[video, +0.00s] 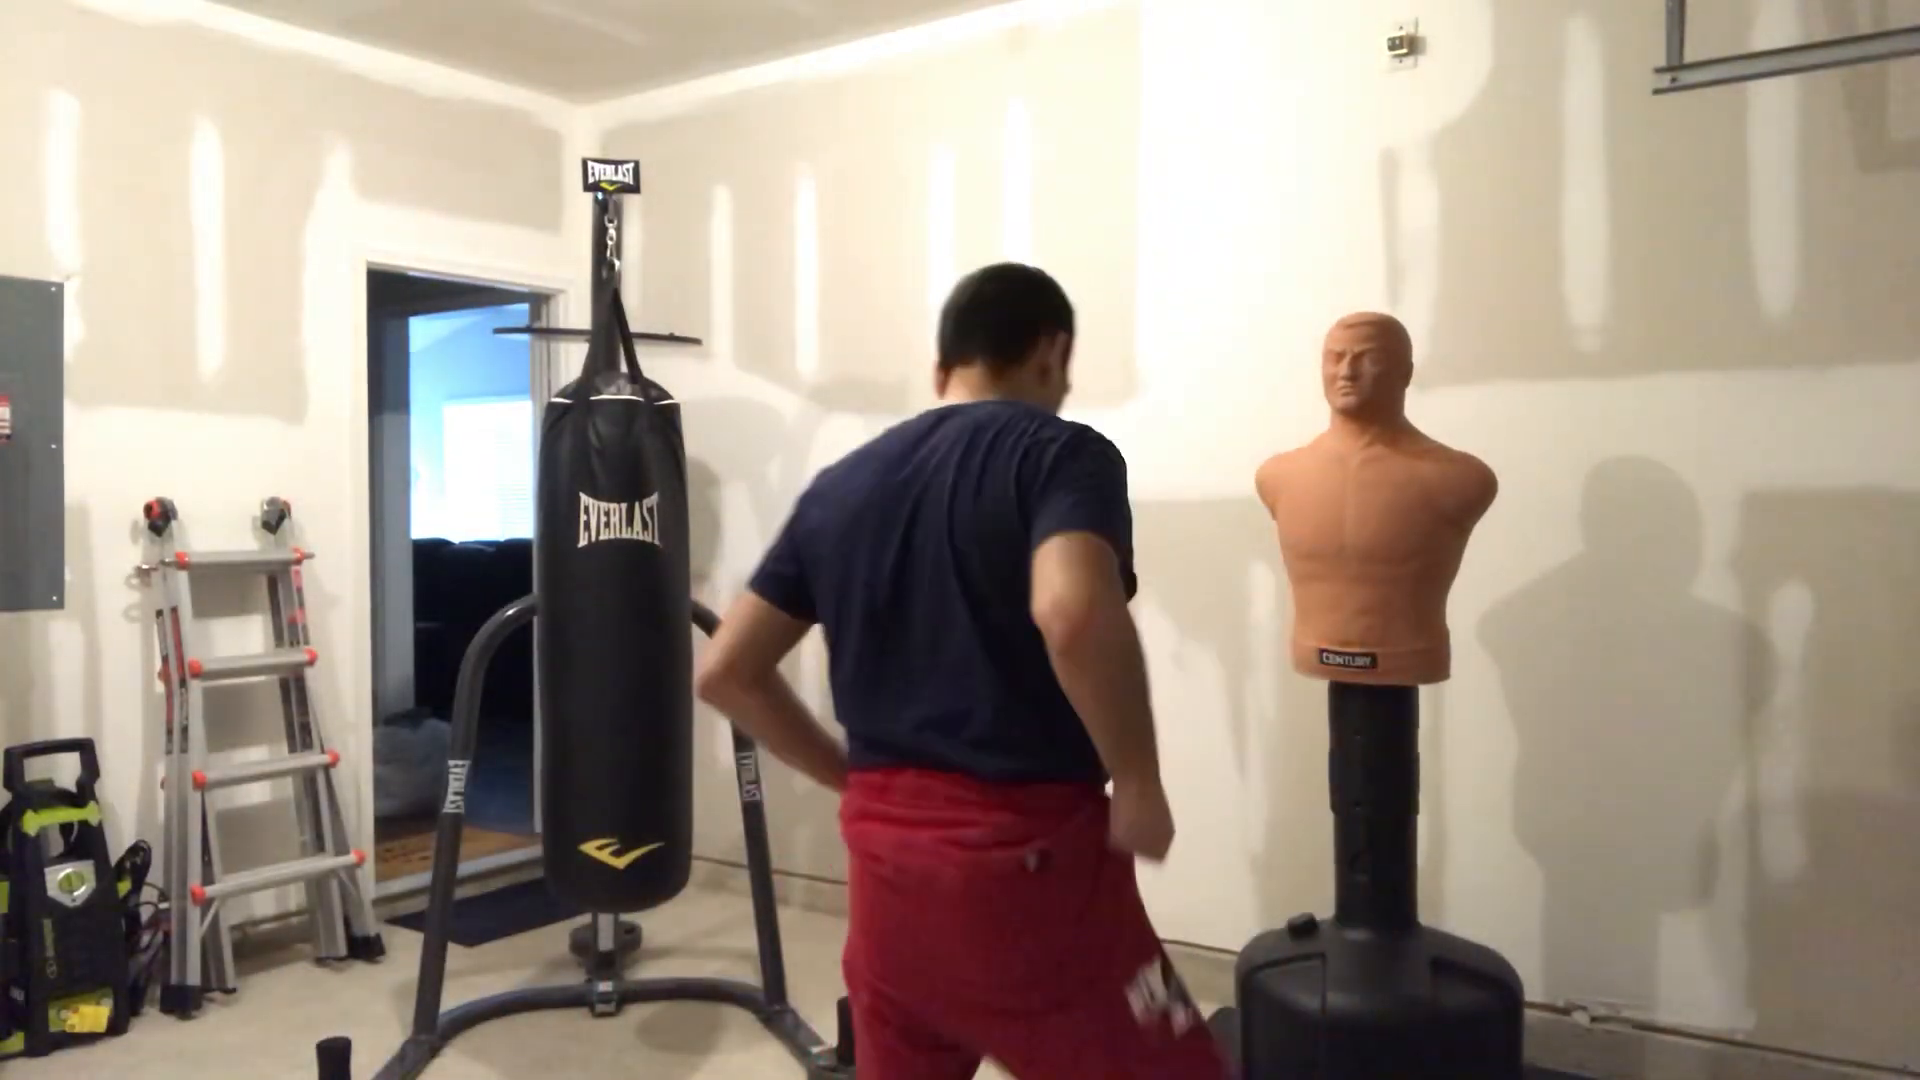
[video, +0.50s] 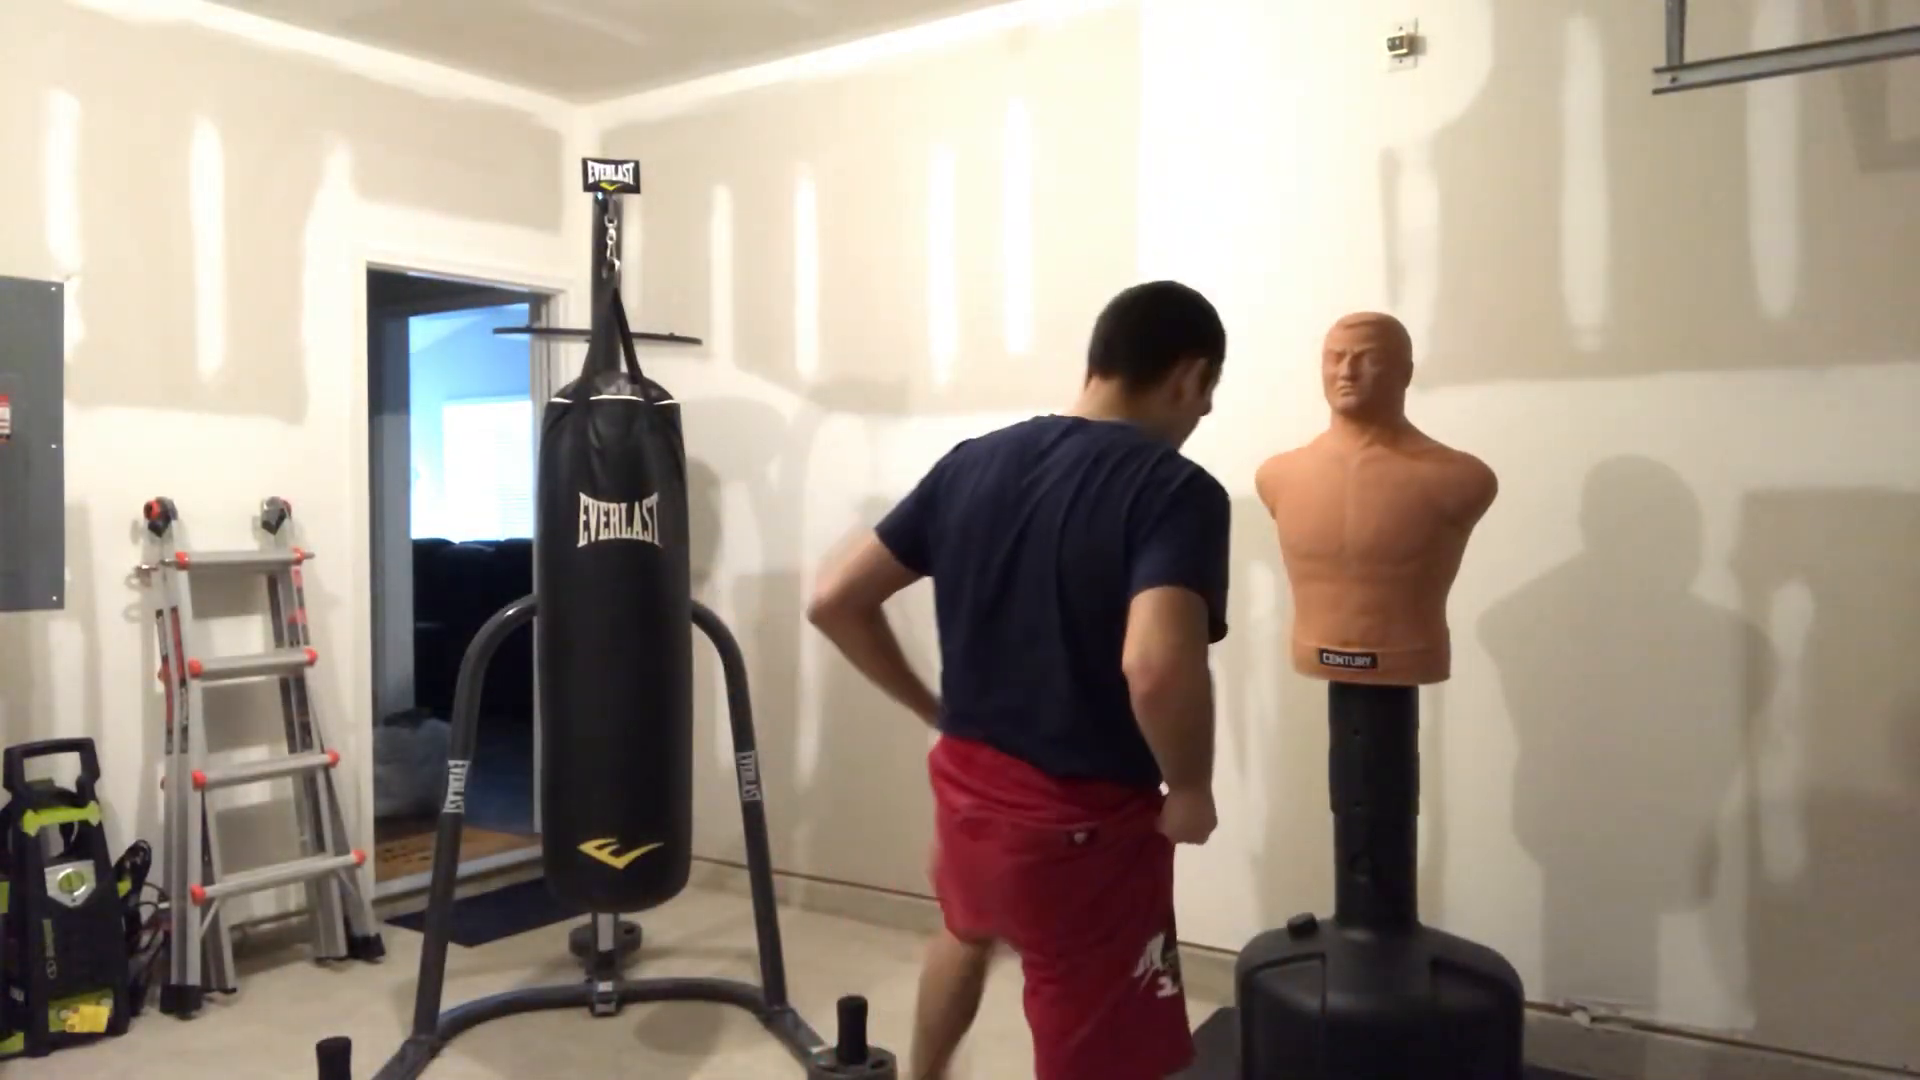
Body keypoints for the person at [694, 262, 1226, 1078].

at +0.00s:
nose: (1064, 390)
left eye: (1066, 373)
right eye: (1066, 369)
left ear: (941, 368)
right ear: (1051, 353)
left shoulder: (847, 481)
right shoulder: (1062, 452)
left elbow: (728, 674)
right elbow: (1071, 609)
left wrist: (848, 775)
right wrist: (1137, 783)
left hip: (884, 870)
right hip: (1029, 876)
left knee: (898, 1066)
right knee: (1175, 1065)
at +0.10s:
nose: (1095, 395)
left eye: (1096, 373)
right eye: (1094, 371)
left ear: (978, 362)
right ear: (1071, 359)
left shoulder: (879, 481)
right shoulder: (1076, 462)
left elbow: (757, 664)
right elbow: (1066, 614)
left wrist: (872, 766)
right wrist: (1135, 774)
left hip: (898, 860)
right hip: (1032, 869)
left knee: (909, 1067)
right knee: (1132, 1065)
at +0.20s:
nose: (1129, 399)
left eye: (1132, 380)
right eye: (1131, 377)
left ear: (1018, 365)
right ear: (1112, 369)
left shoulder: (913, 477)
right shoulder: (1110, 482)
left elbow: (778, 643)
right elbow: (1091, 650)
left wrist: (888, 743)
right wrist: (1143, 791)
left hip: (911, 855)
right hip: (1042, 872)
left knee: (927, 1070)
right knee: (1101, 1068)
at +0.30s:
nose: (1168, 410)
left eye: (1173, 389)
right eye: (1171, 388)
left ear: (1057, 367)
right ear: (1152, 380)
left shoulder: (938, 472)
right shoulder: (1145, 498)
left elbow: (795, 616)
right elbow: (1132, 678)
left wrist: (900, 725)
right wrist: (1169, 798)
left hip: (936, 847)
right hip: (1063, 866)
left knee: (931, 1055)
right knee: (1112, 1067)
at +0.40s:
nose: (1189, 416)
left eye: (1197, 396)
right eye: (1195, 393)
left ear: (1082, 364)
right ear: (1174, 379)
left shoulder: (960, 465)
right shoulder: (1163, 494)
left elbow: (814, 605)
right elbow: (1152, 677)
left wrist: (914, 720)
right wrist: (1183, 797)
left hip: (950, 827)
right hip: (1076, 857)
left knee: (937, 943)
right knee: (1118, 1063)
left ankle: (927, 1075)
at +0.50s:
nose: (1204, 411)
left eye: (1212, 392)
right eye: (1209, 389)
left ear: (1097, 363)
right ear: (1186, 378)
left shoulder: (979, 461)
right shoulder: (1175, 488)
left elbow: (837, 602)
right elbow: (1157, 666)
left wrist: (935, 710)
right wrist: (1189, 789)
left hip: (966, 801)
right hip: (1082, 839)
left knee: (962, 935)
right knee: (1100, 1063)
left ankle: (921, 1073)